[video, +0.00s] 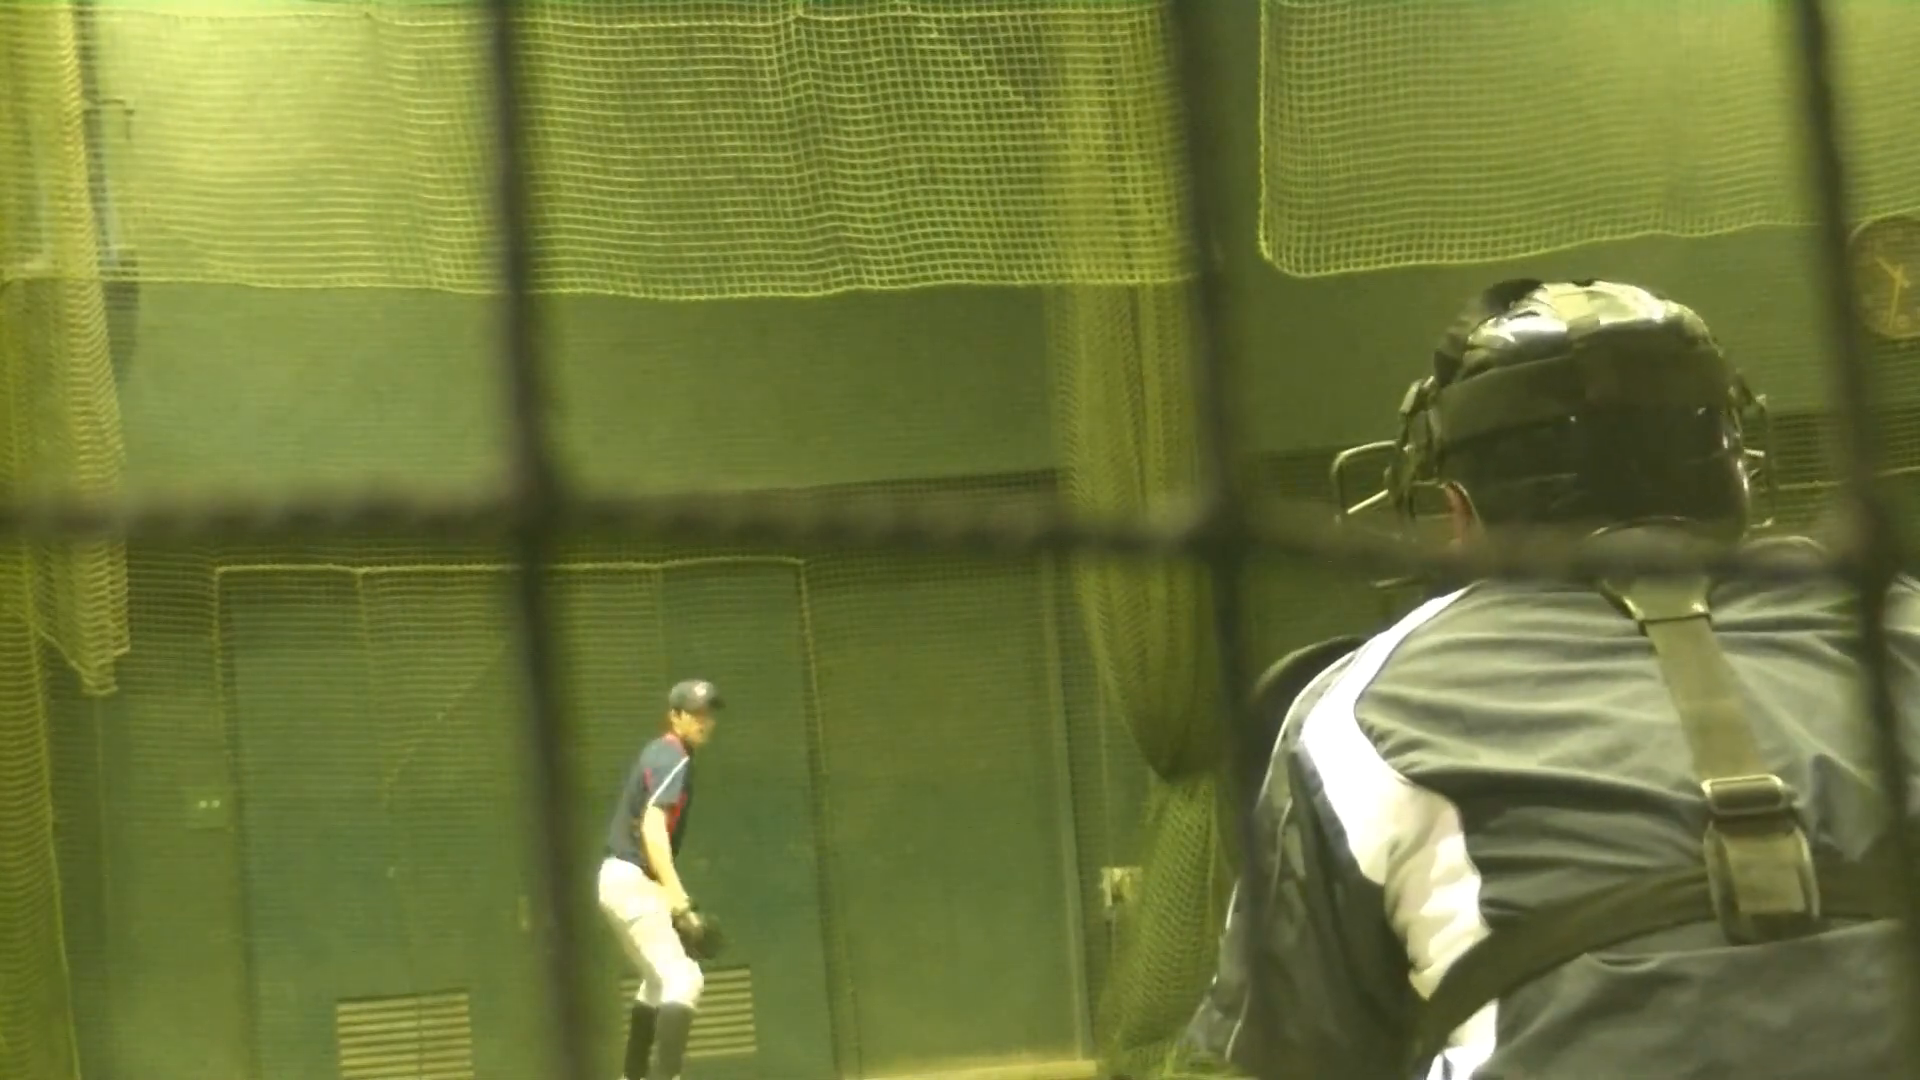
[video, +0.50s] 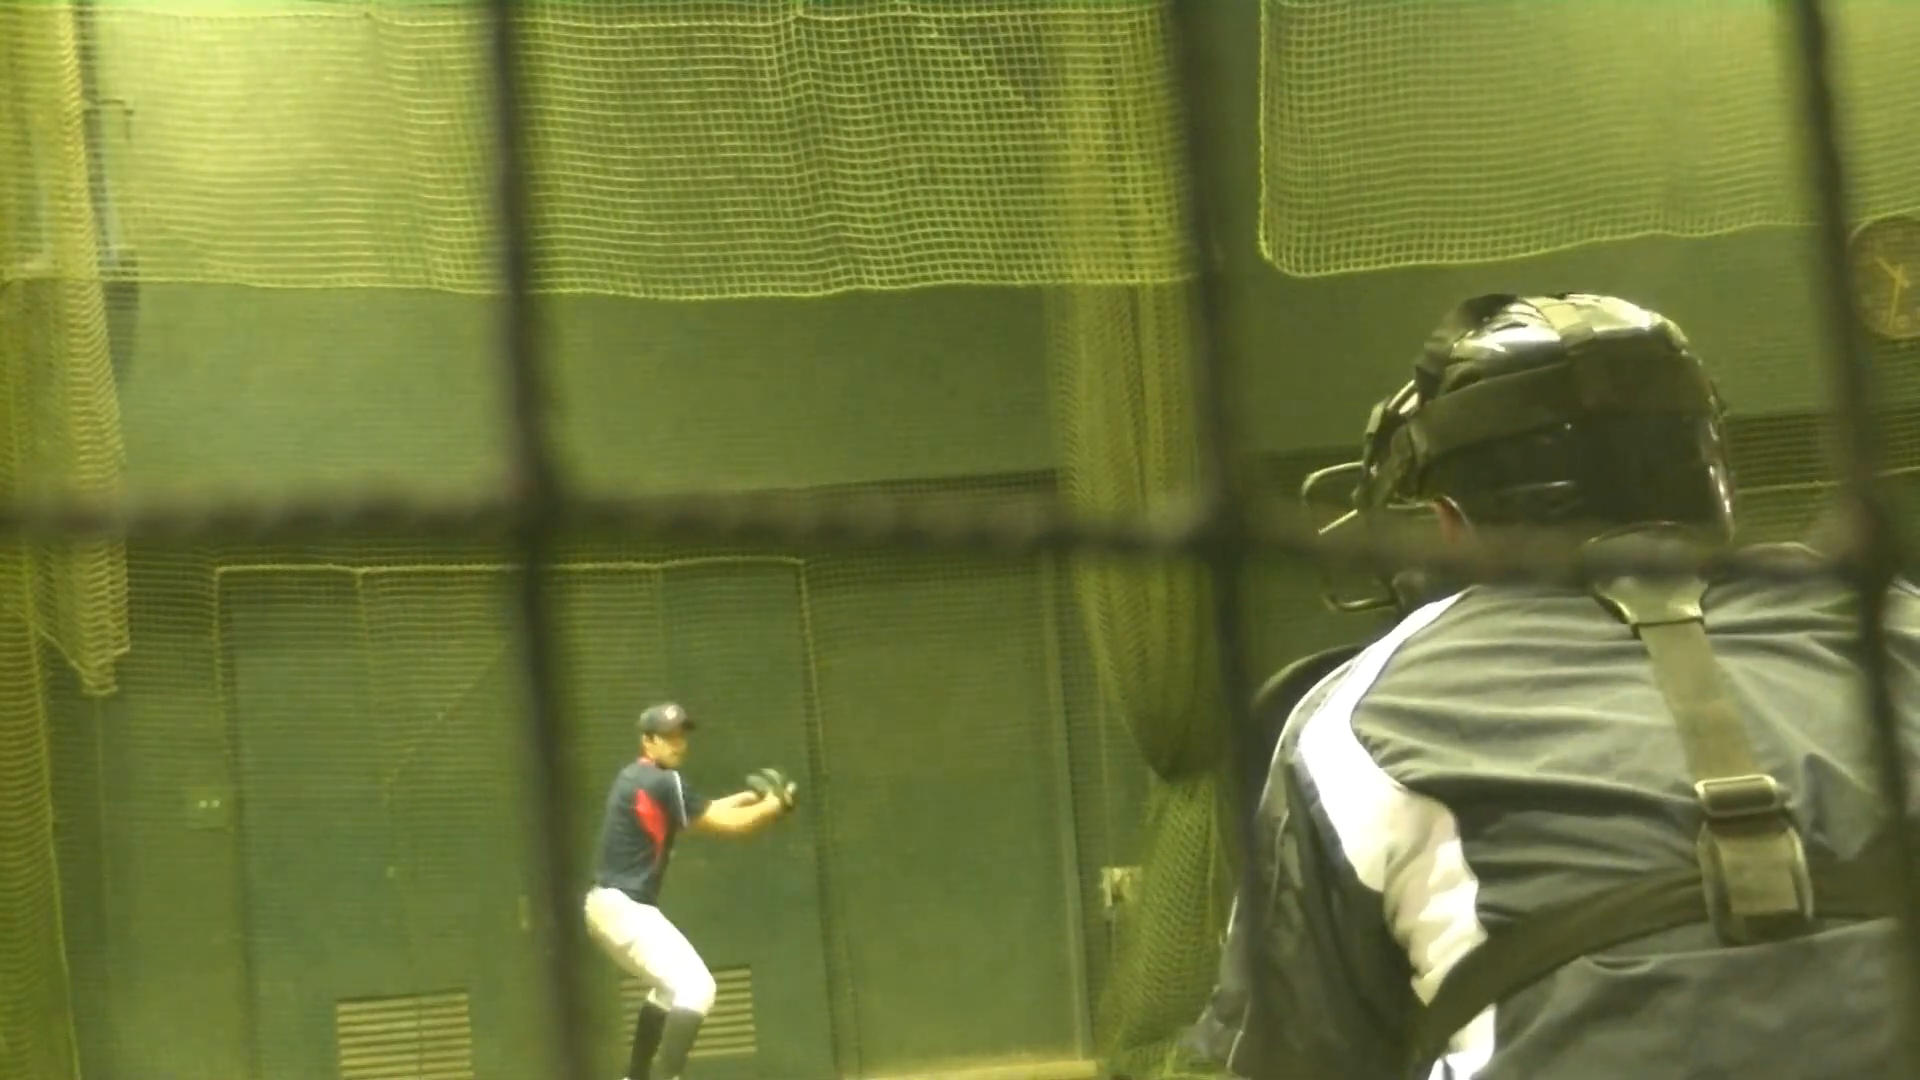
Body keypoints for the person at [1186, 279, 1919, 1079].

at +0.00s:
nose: (1415, 544)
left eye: (1420, 518)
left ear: (1461, 523)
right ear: (1735, 487)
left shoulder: (1347, 713)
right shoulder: (1891, 622)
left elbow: (1294, 1049)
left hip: (1588, 1022)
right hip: (1884, 1016)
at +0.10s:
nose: (1410, 547)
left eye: (1415, 521)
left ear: (1458, 526)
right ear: (1727, 488)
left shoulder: (1344, 718)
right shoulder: (1891, 620)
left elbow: (1297, 1053)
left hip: (1586, 1024)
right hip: (1886, 1016)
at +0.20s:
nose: (1406, 553)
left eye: (1411, 527)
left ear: (1454, 528)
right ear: (1723, 487)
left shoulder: (1342, 718)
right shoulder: (1895, 618)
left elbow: (1297, 1054)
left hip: (1589, 1021)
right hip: (1894, 1014)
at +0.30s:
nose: (1406, 555)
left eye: (1410, 529)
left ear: (1451, 529)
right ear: (1718, 488)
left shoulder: (1340, 719)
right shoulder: (1894, 618)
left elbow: (1294, 1051)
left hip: (1590, 1019)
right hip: (1893, 1012)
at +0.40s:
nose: (1404, 556)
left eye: (1408, 530)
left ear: (1449, 531)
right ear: (1715, 488)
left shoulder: (1338, 720)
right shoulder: (1886, 615)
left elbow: (1294, 1052)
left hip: (1584, 1025)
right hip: (1886, 1012)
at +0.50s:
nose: (1402, 557)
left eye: (1408, 529)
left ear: (1450, 532)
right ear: (1715, 489)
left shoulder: (1342, 723)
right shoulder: (1887, 616)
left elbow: (1296, 1053)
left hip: (1585, 1024)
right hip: (1889, 1010)